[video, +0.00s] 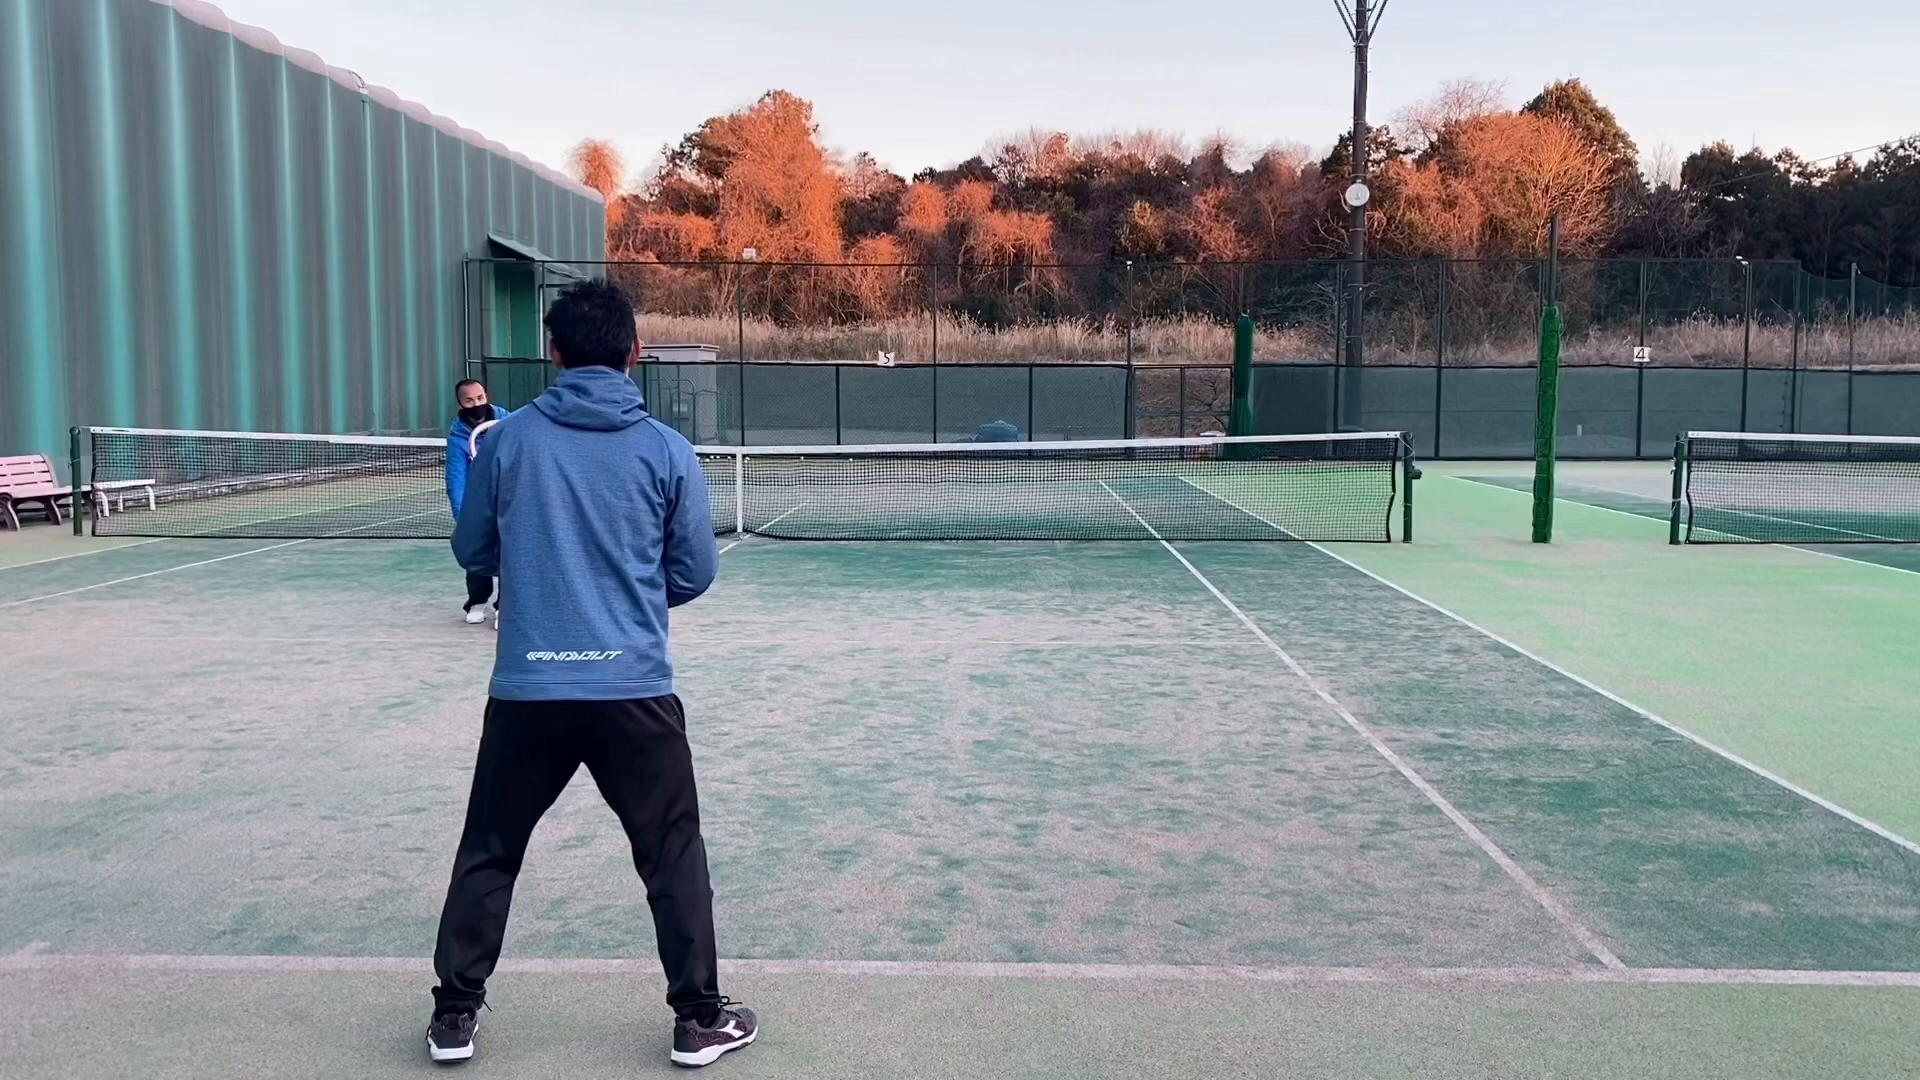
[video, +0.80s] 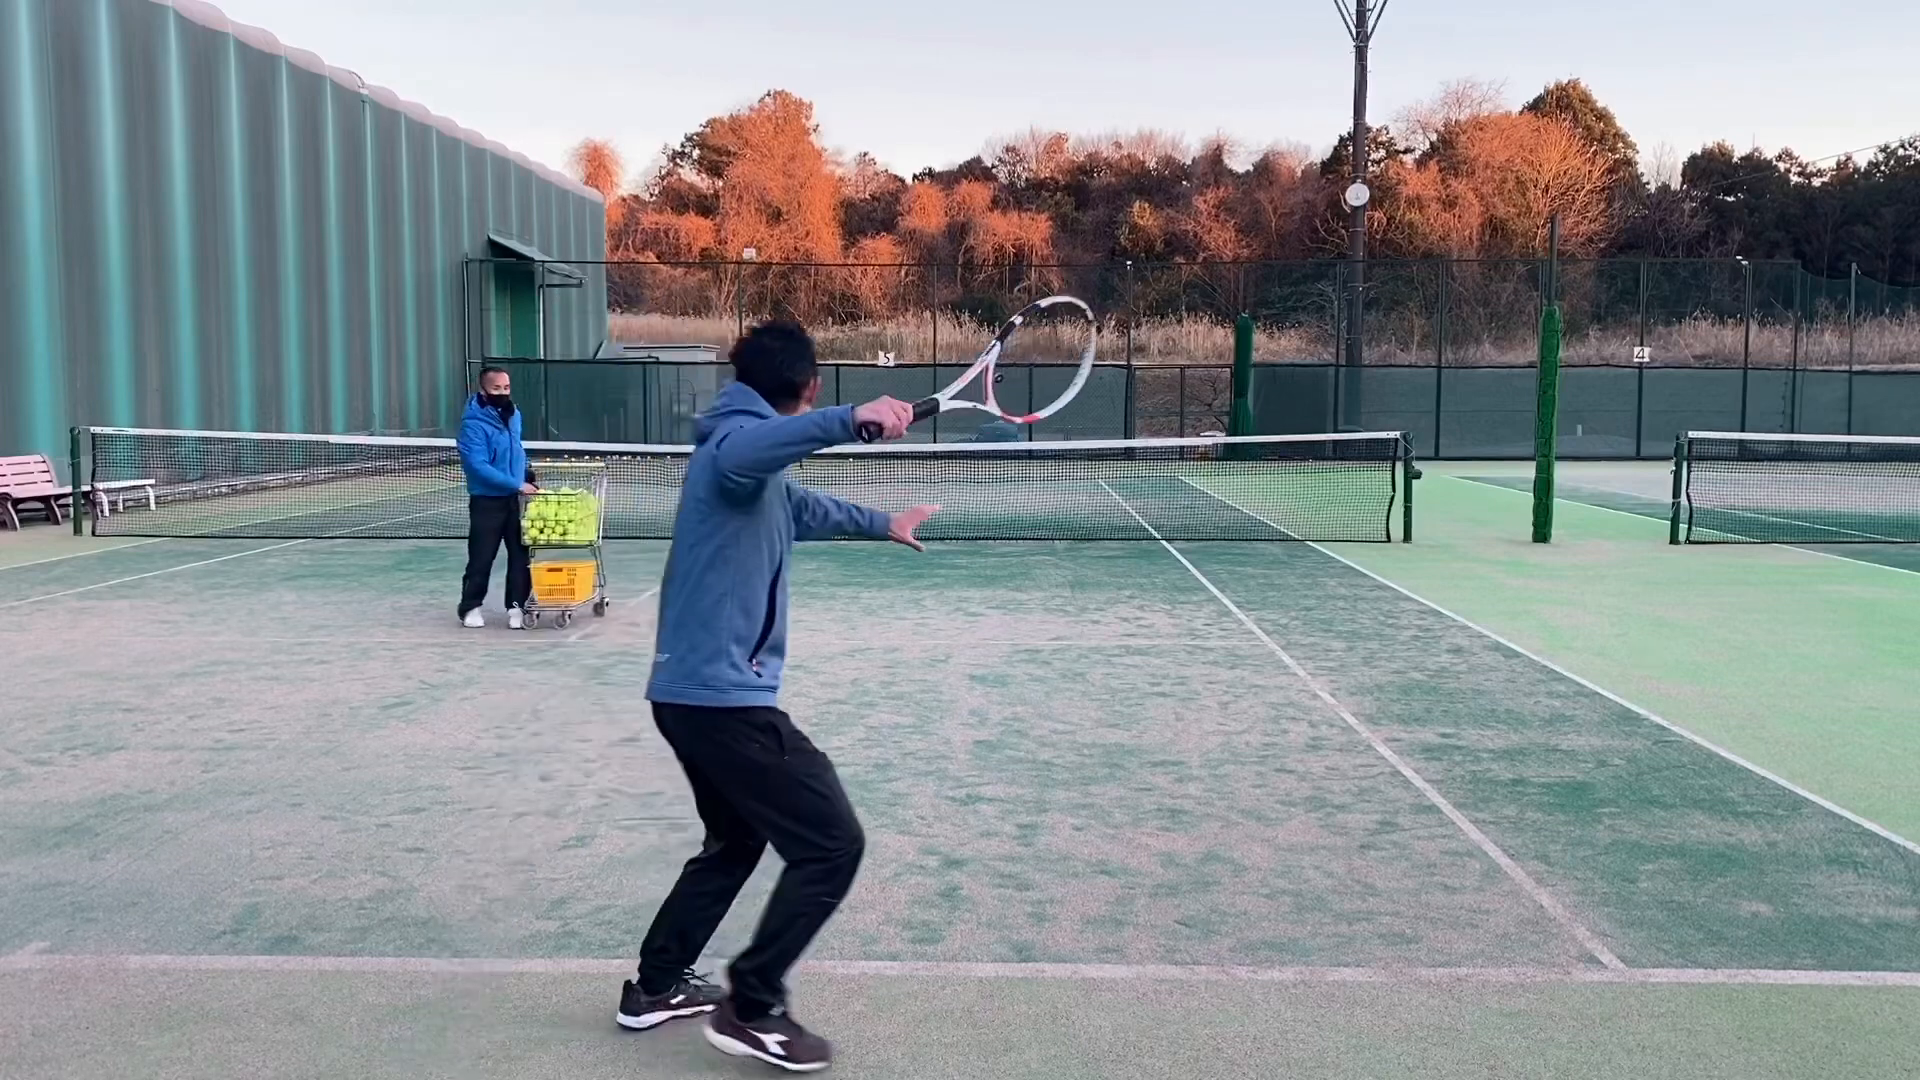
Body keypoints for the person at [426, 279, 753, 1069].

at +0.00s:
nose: (545, 356)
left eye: (550, 346)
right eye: (634, 347)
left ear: (553, 350)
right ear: (632, 352)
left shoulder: (507, 440)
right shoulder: (666, 448)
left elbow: (474, 552)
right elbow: (694, 571)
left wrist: (525, 540)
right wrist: (630, 581)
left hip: (528, 695)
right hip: (632, 693)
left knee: (488, 851)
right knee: (673, 854)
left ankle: (454, 1017)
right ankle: (700, 1019)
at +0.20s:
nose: (642, 360)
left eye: (558, 349)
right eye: (641, 350)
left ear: (561, 354)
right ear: (638, 355)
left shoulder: (514, 438)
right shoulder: (666, 450)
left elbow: (485, 549)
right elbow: (700, 572)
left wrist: (534, 560)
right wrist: (641, 595)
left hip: (526, 691)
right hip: (626, 691)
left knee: (491, 846)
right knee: (676, 850)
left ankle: (454, 1016)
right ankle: (698, 1016)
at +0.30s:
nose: (663, 366)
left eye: (659, 356)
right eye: (662, 356)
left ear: (577, 359)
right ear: (652, 364)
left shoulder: (537, 440)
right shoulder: (656, 446)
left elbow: (530, 548)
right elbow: (735, 566)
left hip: (529, 692)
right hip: (620, 697)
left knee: (499, 851)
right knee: (688, 842)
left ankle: (453, 1018)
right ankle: (688, 1014)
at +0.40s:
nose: (689, 367)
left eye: (687, 356)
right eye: (686, 358)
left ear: (605, 363)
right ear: (678, 368)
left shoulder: (578, 437)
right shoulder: (663, 445)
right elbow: (758, 516)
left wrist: (757, 490)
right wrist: (821, 514)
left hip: (555, 693)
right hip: (636, 700)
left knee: (526, 852)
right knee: (706, 847)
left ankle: (459, 1008)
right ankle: (686, 1016)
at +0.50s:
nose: (721, 368)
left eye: (718, 356)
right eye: (719, 357)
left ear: (642, 362)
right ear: (709, 365)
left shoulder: (618, 436)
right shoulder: (676, 434)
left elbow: (689, 512)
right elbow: (766, 471)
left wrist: (776, 507)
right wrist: (865, 462)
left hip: (593, 685)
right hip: (652, 689)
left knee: (601, 837)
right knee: (721, 849)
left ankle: (500, 981)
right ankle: (686, 1017)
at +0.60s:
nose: (753, 374)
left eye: (750, 361)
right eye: (753, 361)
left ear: (676, 360)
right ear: (739, 364)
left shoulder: (657, 429)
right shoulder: (697, 425)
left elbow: (738, 498)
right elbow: (755, 446)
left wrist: (814, 503)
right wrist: (865, 426)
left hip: (629, 677)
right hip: (677, 680)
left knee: (674, 834)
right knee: (731, 849)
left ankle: (601, 978)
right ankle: (687, 1017)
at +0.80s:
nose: (817, 392)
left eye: (815, 383)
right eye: (815, 382)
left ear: (742, 378)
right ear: (801, 388)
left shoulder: (743, 456)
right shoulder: (741, 437)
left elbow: (803, 511)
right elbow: (756, 452)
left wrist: (882, 521)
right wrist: (852, 419)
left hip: (691, 692)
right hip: (723, 696)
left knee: (736, 838)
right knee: (832, 844)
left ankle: (656, 986)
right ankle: (752, 1006)